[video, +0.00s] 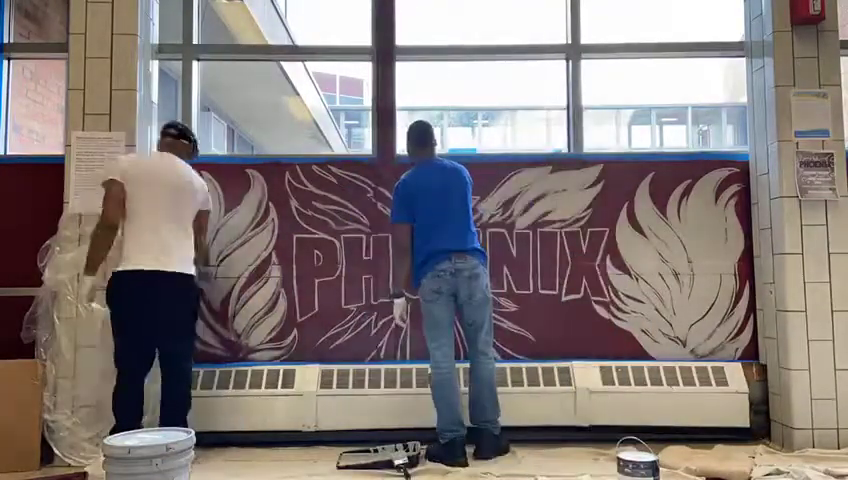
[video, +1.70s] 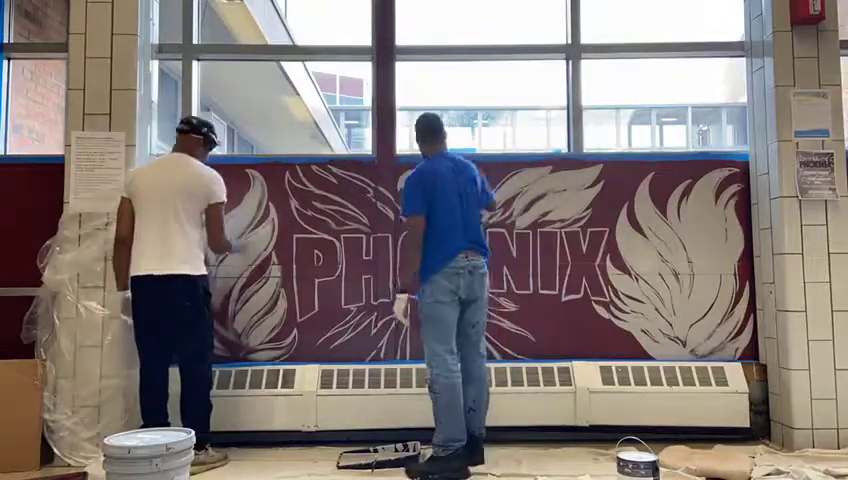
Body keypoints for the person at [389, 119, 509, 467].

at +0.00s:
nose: (412, 152)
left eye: (409, 147)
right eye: (422, 144)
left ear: (408, 147)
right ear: (436, 144)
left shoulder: (405, 184)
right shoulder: (461, 173)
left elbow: (402, 243)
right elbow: (464, 221)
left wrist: (401, 289)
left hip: (432, 268)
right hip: (471, 262)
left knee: (441, 355)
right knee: (483, 351)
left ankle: (452, 444)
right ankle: (488, 437)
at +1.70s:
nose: (421, 145)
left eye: (419, 140)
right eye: (429, 137)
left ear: (419, 140)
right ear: (445, 136)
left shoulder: (418, 176)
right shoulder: (469, 168)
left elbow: (415, 231)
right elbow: (489, 207)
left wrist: (406, 287)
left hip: (442, 270)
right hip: (477, 267)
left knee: (442, 359)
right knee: (474, 355)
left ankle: (449, 451)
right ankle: (473, 441)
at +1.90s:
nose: (484, 144)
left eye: (480, 137)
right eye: (491, 139)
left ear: (473, 139)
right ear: (500, 142)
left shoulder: (456, 170)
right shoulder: (514, 178)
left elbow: (440, 221)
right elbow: (519, 222)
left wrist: (425, 269)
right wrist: (489, 212)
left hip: (465, 268)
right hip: (505, 268)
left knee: (451, 347)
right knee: (501, 350)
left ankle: (449, 444)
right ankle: (499, 444)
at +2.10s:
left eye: (492, 144)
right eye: (510, 151)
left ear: (488, 145)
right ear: (514, 152)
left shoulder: (464, 165)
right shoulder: (518, 184)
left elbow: (442, 214)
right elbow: (519, 238)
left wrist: (438, 227)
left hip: (465, 265)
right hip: (503, 268)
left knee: (449, 346)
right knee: (499, 352)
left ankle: (447, 443)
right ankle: (498, 444)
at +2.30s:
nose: (501, 138)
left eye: (496, 132)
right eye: (508, 131)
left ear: (490, 133)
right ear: (518, 133)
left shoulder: (475, 169)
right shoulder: (540, 170)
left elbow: (461, 227)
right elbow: (550, 226)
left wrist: (454, 280)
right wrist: (547, 270)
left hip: (489, 267)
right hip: (532, 266)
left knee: (490, 362)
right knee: (531, 359)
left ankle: (497, 454)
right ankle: (539, 454)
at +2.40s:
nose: (526, 145)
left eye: (519, 138)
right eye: (530, 139)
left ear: (510, 141)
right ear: (537, 142)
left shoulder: (488, 176)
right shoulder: (552, 180)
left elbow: (472, 226)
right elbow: (565, 226)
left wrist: (477, 239)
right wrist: (540, 225)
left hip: (498, 270)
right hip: (540, 270)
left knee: (495, 355)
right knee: (549, 355)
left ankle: (492, 445)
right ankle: (560, 444)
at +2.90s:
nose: (569, 147)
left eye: (560, 139)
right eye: (577, 142)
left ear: (553, 140)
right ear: (581, 144)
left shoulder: (528, 173)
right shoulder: (592, 182)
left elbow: (510, 225)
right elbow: (592, 227)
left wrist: (498, 271)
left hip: (531, 273)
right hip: (573, 273)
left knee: (514, 355)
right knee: (567, 357)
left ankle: (506, 438)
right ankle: (563, 441)